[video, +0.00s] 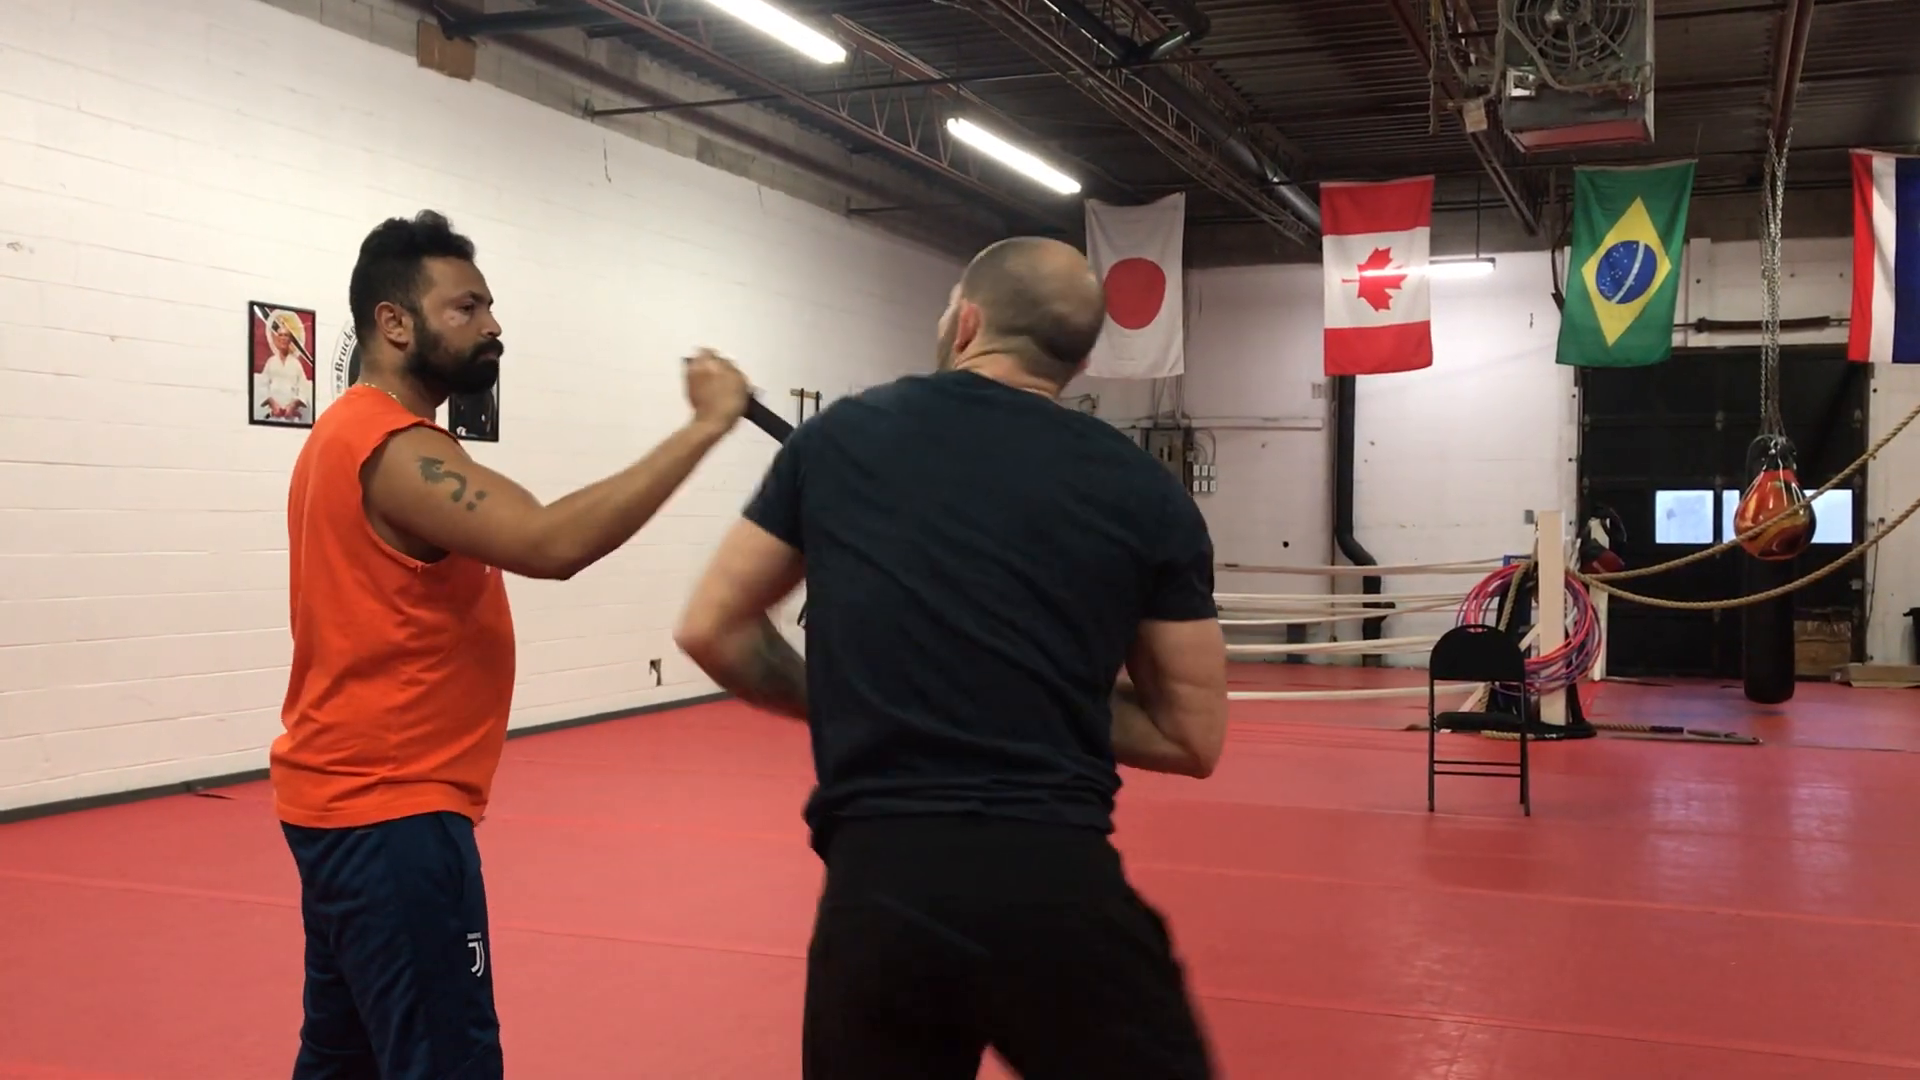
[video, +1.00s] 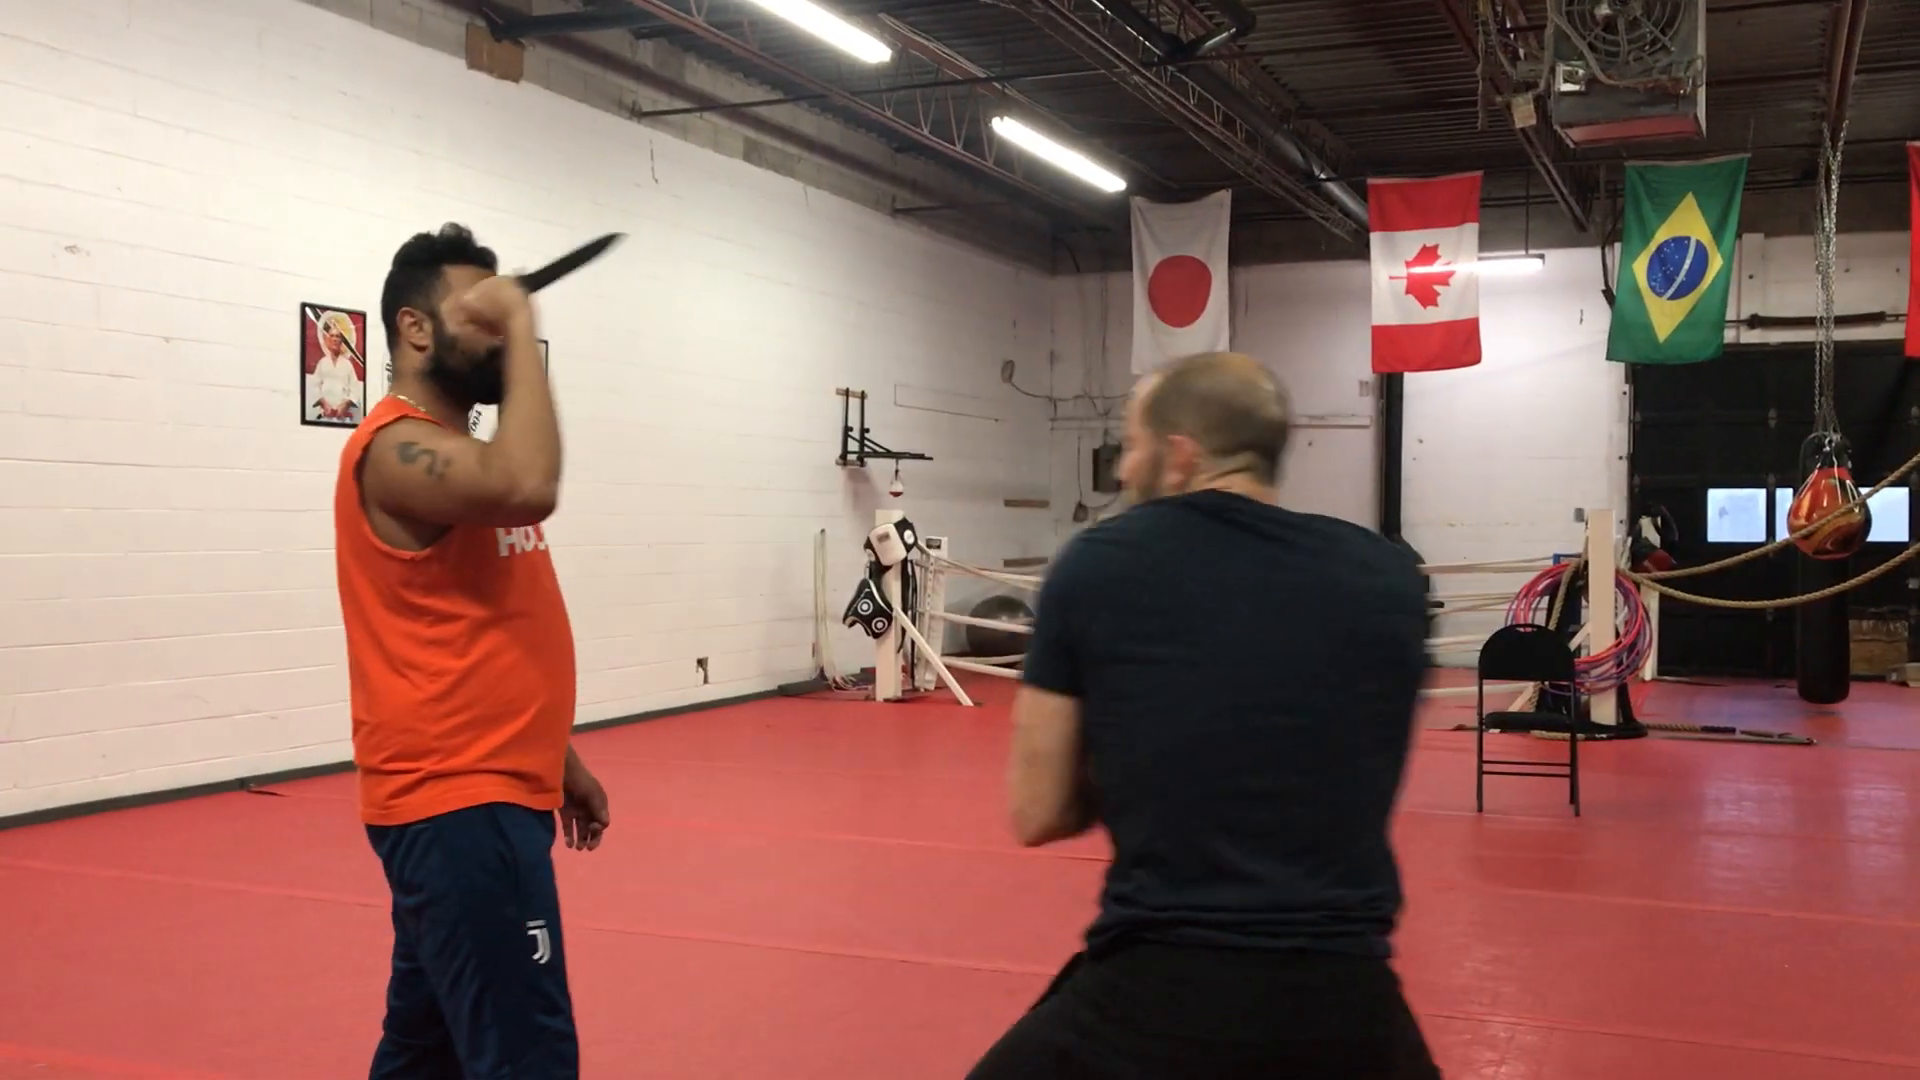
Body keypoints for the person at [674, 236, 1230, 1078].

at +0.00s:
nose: (941, 323)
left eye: (946, 311)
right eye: (946, 310)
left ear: (964, 322)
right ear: (1078, 362)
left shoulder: (843, 435)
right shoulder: (1143, 489)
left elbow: (714, 628)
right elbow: (1190, 741)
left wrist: (845, 702)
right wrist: (1036, 691)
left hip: (879, 903)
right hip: (1066, 909)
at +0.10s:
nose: (927, 349)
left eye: (931, 334)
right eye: (930, 333)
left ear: (956, 344)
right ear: (1065, 364)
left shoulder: (848, 464)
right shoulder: (1148, 495)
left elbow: (761, 689)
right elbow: (1203, 748)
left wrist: (896, 719)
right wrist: (1054, 710)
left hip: (914, 925)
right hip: (1109, 923)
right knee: (1237, 1065)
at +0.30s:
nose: (960, 393)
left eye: (965, 370)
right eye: (960, 371)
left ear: (1005, 370)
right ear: (1102, 378)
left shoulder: (922, 479)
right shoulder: (1211, 505)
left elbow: (876, 729)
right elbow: (1240, 757)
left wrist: (1003, 675)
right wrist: (1109, 691)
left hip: (1001, 936)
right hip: (1195, 935)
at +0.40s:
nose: (1004, 421)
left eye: (1014, 391)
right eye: (1007, 393)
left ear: (1067, 391)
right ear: (1154, 397)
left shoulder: (983, 492)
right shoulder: (1273, 522)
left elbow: (947, 743)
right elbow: (1277, 762)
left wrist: (1061, 679)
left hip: (1055, 948)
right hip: (1254, 946)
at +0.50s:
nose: (1068, 430)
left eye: (1075, 406)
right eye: (1068, 406)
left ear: (1122, 406)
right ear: (1215, 420)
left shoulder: (1041, 512)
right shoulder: (1335, 541)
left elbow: (1010, 764)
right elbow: (1336, 783)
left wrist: (1126, 691)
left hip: (1102, 960)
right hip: (1304, 962)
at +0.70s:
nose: (1161, 475)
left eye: (1169, 446)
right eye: (1164, 447)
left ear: (1215, 445)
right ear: (1306, 461)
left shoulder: (1126, 544)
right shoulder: (1427, 586)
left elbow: (1081, 794)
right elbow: (1426, 845)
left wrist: (1225, 768)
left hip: (1154, 994)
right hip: (1371, 1007)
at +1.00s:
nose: (1120, 470)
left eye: (1129, 447)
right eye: (1123, 447)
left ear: (1181, 456)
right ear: (1268, 458)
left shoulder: (1099, 559)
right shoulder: (1390, 571)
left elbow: (1037, 813)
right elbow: (1362, 783)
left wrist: (1165, 749)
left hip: (1147, 995)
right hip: (1349, 1007)